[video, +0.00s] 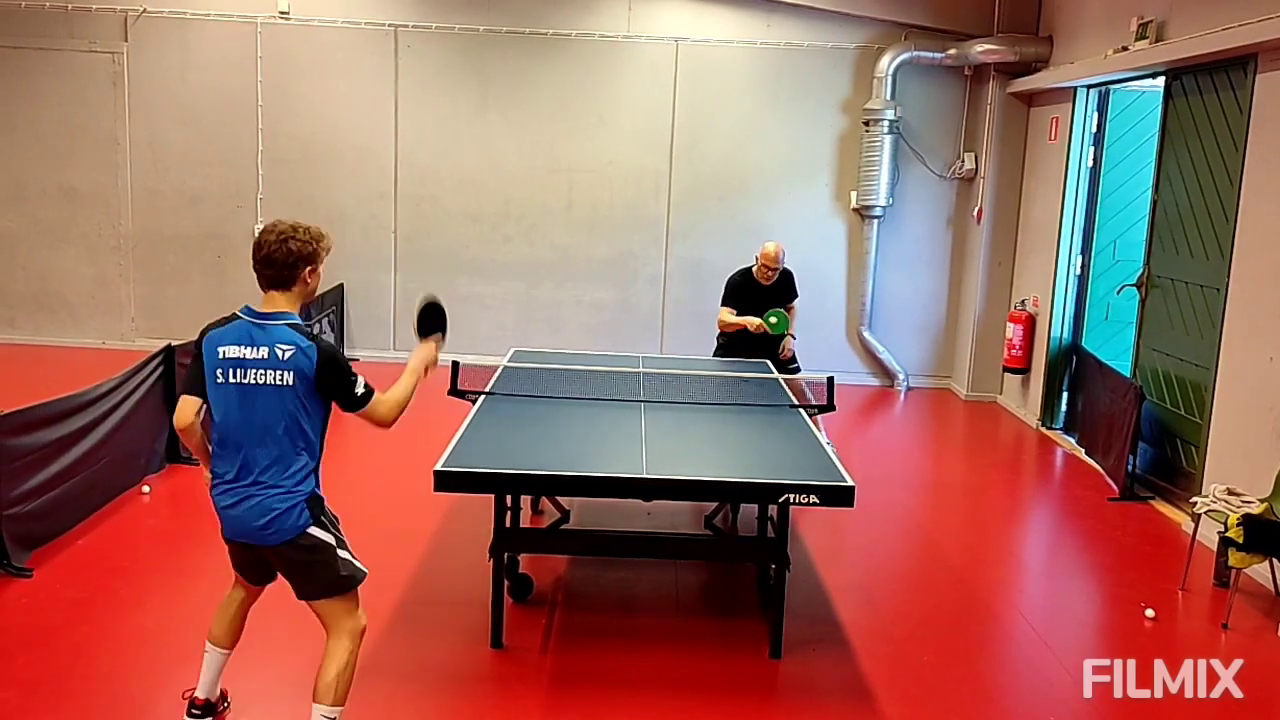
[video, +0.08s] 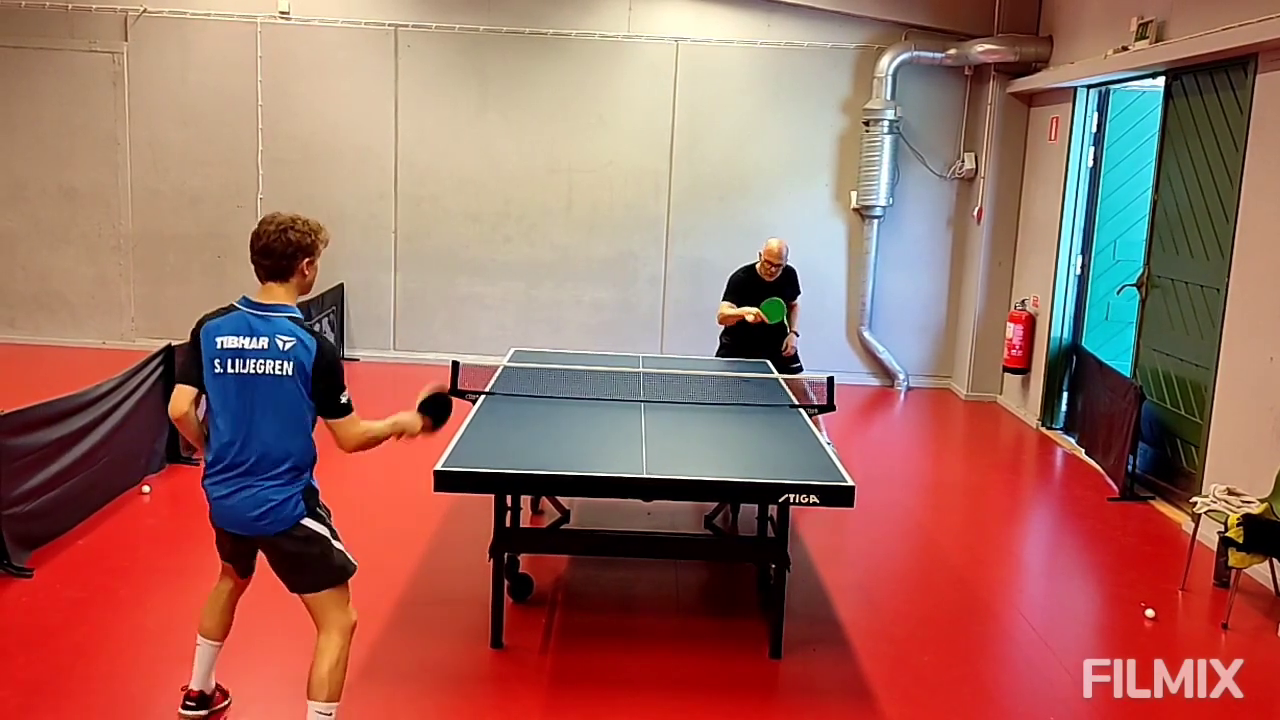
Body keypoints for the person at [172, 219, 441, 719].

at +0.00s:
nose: (321, 277)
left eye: (320, 267)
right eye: (319, 269)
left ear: (261, 273)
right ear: (306, 277)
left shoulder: (215, 337)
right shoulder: (314, 352)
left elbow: (184, 419)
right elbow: (386, 412)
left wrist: (211, 461)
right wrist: (420, 359)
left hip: (233, 511)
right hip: (291, 515)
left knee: (245, 585)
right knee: (346, 626)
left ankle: (203, 698)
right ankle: (323, 719)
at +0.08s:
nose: (317, 270)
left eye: (316, 260)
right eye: (315, 261)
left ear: (259, 264)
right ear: (304, 269)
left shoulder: (210, 329)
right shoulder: (313, 346)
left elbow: (179, 408)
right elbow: (351, 437)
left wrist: (206, 446)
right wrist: (399, 423)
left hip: (225, 502)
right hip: (286, 507)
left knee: (230, 576)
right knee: (336, 621)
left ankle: (198, 690)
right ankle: (321, 719)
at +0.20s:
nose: (313, 270)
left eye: (313, 260)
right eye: (312, 261)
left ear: (254, 263)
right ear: (299, 268)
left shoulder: (203, 323)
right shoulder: (301, 346)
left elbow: (169, 401)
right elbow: (298, 447)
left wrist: (208, 434)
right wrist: (351, 472)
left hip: (210, 498)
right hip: (269, 507)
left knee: (208, 584)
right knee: (323, 623)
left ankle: (161, 693)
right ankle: (315, 718)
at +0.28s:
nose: (308, 288)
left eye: (310, 278)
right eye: (308, 279)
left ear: (251, 274)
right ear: (294, 282)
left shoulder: (195, 328)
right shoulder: (275, 354)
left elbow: (158, 404)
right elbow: (254, 455)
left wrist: (204, 442)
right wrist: (318, 495)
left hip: (188, 506)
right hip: (241, 516)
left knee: (196, 591)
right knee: (307, 621)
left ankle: (144, 699)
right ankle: (311, 719)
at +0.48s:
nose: (303, 303)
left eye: (306, 293)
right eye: (304, 293)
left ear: (254, 282)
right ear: (286, 291)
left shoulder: (206, 319)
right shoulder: (240, 350)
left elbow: (152, 382)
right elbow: (222, 449)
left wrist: (194, 430)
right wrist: (291, 490)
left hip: (157, 491)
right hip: (185, 502)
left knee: (197, 591)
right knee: (248, 619)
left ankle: (145, 699)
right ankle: (266, 717)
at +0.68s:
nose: (319, 314)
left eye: (322, 304)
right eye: (319, 303)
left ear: (269, 290)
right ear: (295, 298)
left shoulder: (212, 320)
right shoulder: (252, 356)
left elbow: (153, 380)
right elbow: (264, 460)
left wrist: (200, 431)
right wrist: (342, 490)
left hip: (136, 484)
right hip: (163, 497)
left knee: (176, 593)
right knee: (218, 623)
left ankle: (144, 698)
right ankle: (237, 717)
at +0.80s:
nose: (329, 322)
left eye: (332, 312)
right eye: (328, 311)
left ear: (280, 299)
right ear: (299, 306)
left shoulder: (209, 323)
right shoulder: (272, 371)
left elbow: (143, 377)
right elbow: (298, 466)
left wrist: (173, 438)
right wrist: (375, 484)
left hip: (126, 485)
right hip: (163, 499)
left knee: (169, 589)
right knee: (232, 620)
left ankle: (143, 699)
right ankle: (242, 717)